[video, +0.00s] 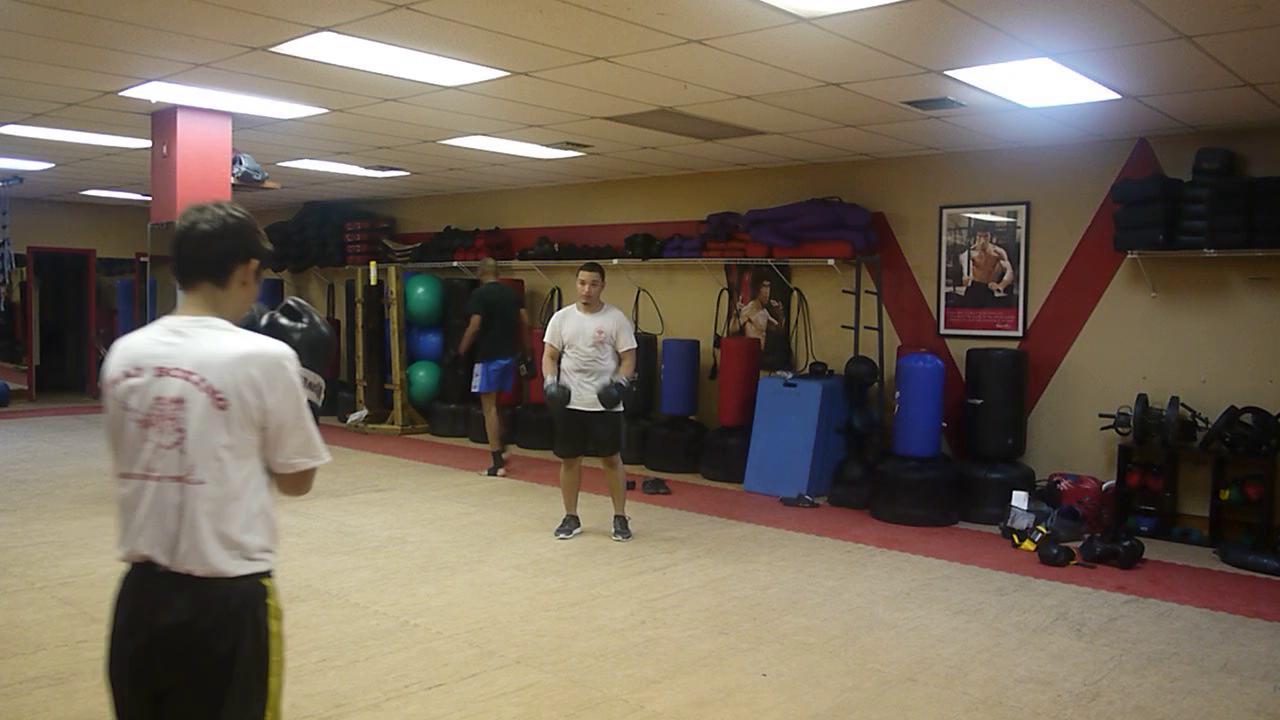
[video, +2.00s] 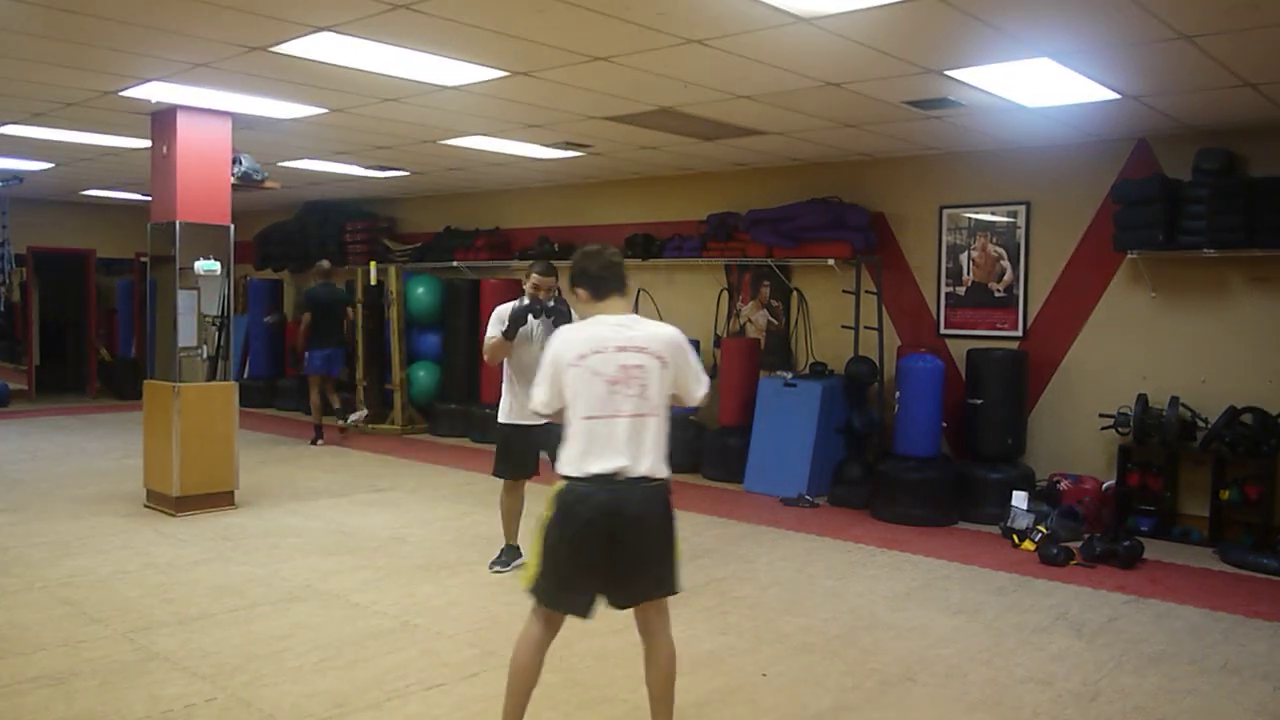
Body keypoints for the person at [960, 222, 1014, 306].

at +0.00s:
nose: (982, 241)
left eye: (985, 237)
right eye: (979, 237)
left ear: (990, 237)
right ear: (976, 237)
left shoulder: (999, 252)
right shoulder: (971, 252)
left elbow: (1009, 272)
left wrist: (1000, 286)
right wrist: (966, 278)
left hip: (990, 288)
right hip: (974, 286)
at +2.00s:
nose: (983, 241)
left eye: (985, 237)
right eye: (979, 237)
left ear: (990, 237)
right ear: (975, 237)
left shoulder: (998, 252)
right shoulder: (971, 253)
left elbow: (1009, 272)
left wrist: (1000, 286)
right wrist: (966, 279)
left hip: (992, 288)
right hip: (975, 287)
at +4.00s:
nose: (983, 241)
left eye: (985, 237)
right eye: (979, 237)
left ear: (990, 237)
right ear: (975, 237)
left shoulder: (998, 252)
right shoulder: (971, 253)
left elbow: (1009, 272)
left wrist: (1000, 286)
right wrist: (966, 279)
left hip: (992, 288)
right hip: (975, 287)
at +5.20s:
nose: (987, 242)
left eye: (990, 238)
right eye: (983, 238)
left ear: (995, 238)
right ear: (979, 238)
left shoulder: (1003, 254)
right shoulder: (975, 254)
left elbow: (1014, 273)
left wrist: (1005, 287)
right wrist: (971, 280)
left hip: (995, 289)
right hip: (979, 288)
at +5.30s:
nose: (995, 240)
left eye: (999, 236)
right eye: (992, 236)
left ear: (1004, 237)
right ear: (988, 237)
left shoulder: (1012, 252)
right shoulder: (985, 251)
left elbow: (1023, 272)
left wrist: (1015, 286)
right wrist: (979, 278)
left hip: (1004, 288)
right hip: (988, 287)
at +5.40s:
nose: (1006, 240)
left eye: (1009, 236)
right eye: (1003, 236)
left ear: (1014, 237)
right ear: (999, 237)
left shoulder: (1022, 252)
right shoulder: (994, 253)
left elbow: (1033, 272)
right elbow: (991, 269)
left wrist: (1025, 286)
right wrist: (990, 279)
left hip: (1014, 287)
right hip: (998, 286)